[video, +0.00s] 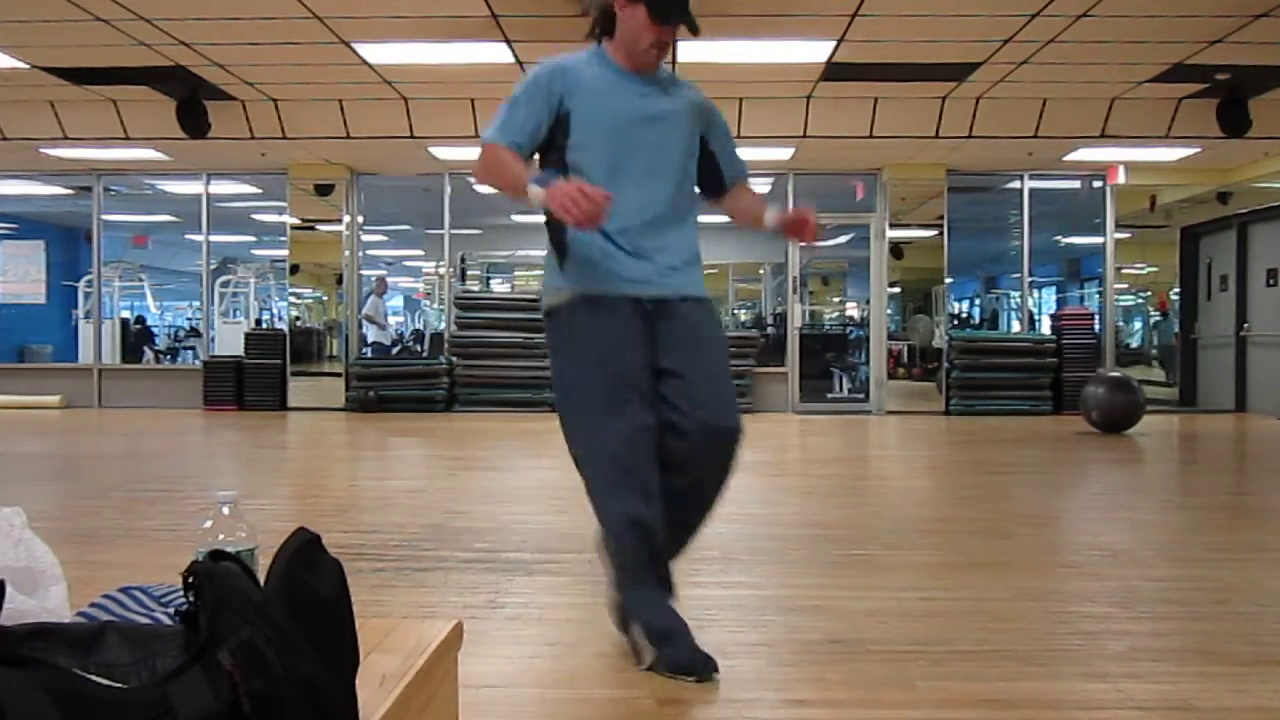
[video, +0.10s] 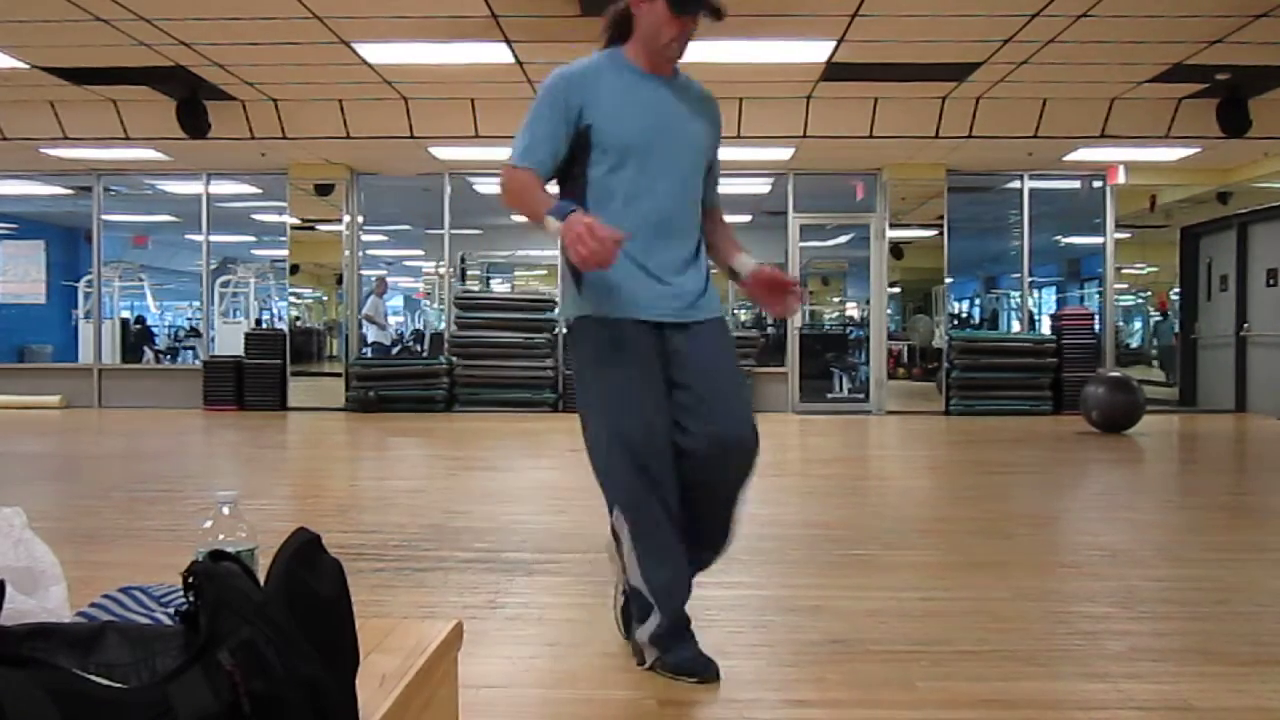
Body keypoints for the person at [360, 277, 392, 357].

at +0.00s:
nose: (386, 288)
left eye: (386, 286)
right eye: (384, 286)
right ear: (378, 286)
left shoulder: (381, 301)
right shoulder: (373, 299)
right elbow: (366, 314)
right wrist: (379, 323)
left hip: (385, 337)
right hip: (377, 338)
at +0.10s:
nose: (386, 288)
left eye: (386, 286)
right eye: (384, 286)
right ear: (378, 286)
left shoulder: (381, 301)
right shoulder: (373, 299)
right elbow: (366, 314)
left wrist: (386, 324)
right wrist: (379, 323)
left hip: (385, 337)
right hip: (376, 337)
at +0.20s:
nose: (386, 288)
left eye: (386, 286)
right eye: (383, 286)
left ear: (386, 287)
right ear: (378, 286)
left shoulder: (381, 301)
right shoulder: (373, 299)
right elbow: (366, 314)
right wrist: (379, 324)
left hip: (385, 337)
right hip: (376, 337)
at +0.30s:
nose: (386, 288)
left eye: (386, 285)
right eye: (383, 285)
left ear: (385, 287)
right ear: (377, 286)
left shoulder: (381, 301)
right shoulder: (373, 299)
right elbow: (365, 314)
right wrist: (379, 324)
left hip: (384, 338)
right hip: (376, 338)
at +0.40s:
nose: (386, 288)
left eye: (386, 285)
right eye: (384, 285)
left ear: (385, 287)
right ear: (378, 286)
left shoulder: (381, 301)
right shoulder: (373, 299)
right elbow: (365, 314)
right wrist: (379, 324)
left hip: (384, 337)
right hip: (376, 338)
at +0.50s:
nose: (386, 287)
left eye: (386, 285)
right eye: (384, 285)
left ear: (385, 286)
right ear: (377, 286)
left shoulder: (381, 301)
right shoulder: (373, 299)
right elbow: (365, 314)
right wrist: (379, 324)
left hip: (384, 337)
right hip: (376, 338)